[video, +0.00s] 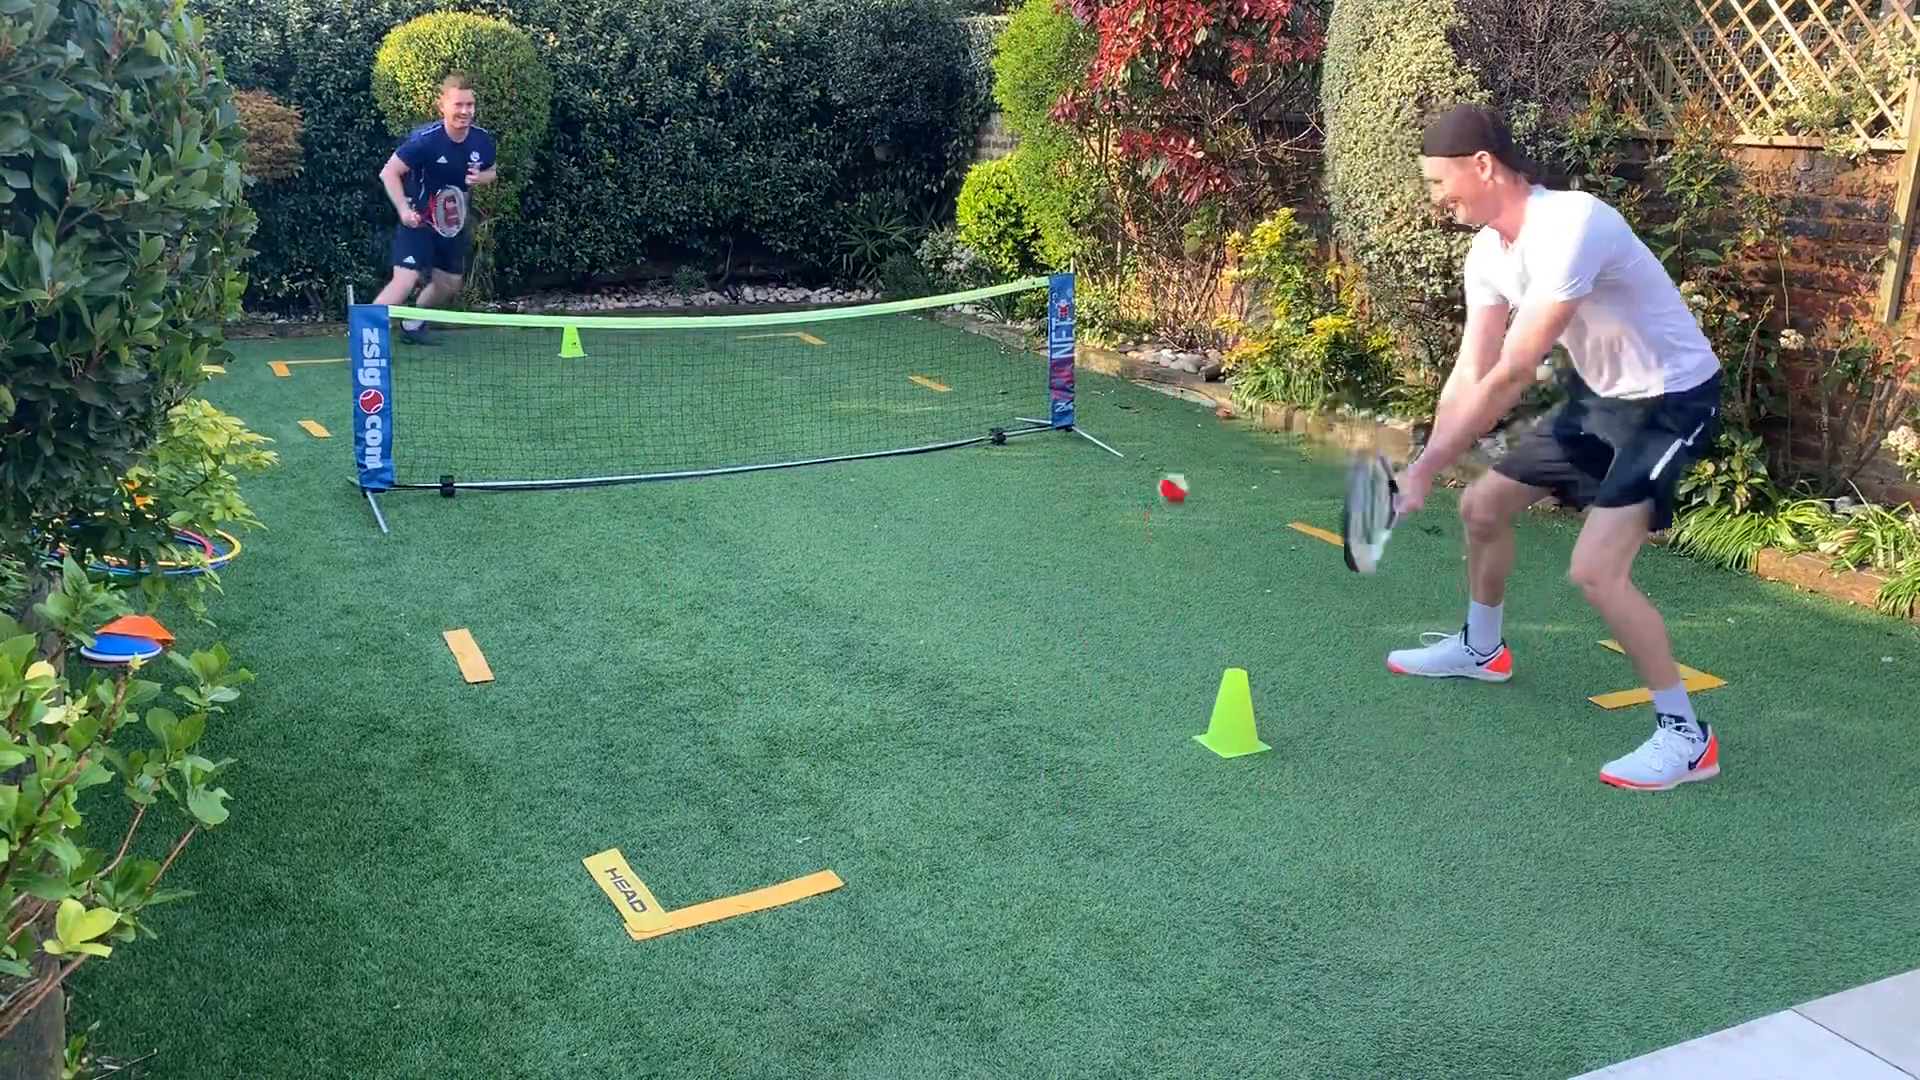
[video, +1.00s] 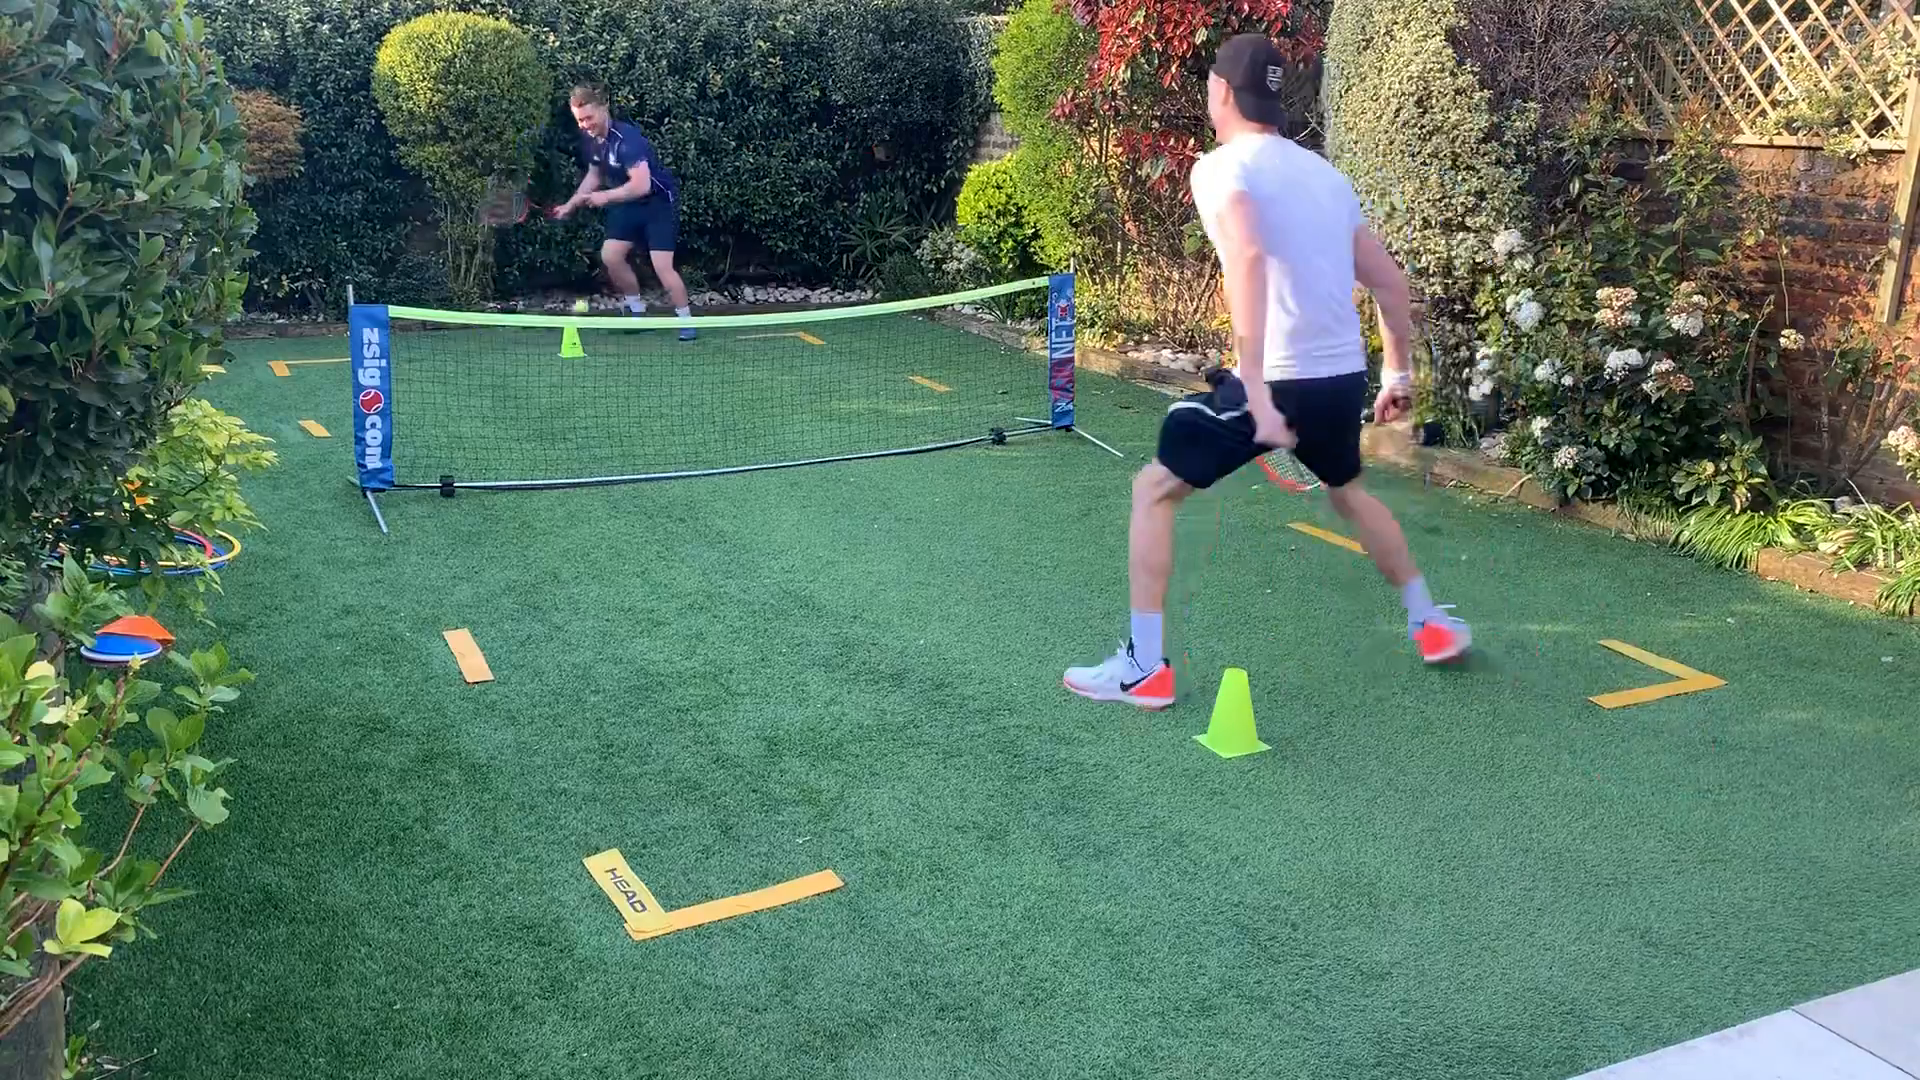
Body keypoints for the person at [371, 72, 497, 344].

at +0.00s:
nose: (465, 111)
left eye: (469, 105)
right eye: (458, 105)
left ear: (475, 107)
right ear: (442, 106)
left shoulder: (480, 140)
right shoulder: (424, 140)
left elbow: (492, 172)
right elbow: (389, 172)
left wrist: (480, 177)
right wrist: (403, 209)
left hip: (453, 224)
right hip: (419, 220)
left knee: (448, 284)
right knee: (406, 279)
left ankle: (412, 326)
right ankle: (366, 330)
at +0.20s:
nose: (491, 93)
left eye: (496, 87)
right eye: (484, 87)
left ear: (501, 90)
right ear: (469, 90)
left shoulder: (512, 127)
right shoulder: (450, 123)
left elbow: (524, 159)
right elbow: (423, 157)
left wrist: (505, 169)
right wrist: (442, 190)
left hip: (498, 211)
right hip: (460, 210)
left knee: (513, 267)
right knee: (457, 274)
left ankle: (475, 297)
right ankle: (454, 323)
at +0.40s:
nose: (536, 109)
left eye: (539, 103)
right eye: (529, 103)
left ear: (545, 106)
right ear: (515, 109)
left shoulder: (559, 142)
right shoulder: (500, 145)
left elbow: (571, 180)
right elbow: (483, 184)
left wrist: (560, 195)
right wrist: (517, 208)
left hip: (550, 219)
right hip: (509, 222)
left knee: (589, 270)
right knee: (492, 279)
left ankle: (621, 321)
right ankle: (464, 327)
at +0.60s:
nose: (571, 97)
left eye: (575, 90)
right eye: (564, 92)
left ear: (582, 93)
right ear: (553, 97)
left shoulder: (605, 129)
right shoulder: (543, 132)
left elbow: (620, 172)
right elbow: (538, 173)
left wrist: (592, 186)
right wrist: (562, 194)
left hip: (606, 201)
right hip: (564, 202)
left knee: (625, 257)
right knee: (553, 258)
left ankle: (630, 323)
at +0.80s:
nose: (590, 104)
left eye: (595, 96)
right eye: (584, 98)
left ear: (606, 95)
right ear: (577, 100)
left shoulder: (624, 128)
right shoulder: (575, 128)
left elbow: (640, 176)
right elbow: (572, 165)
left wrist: (598, 188)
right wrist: (570, 192)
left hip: (636, 199)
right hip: (607, 204)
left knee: (650, 261)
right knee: (618, 265)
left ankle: (680, 315)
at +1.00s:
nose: (585, 125)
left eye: (589, 118)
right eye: (580, 120)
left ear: (605, 109)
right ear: (576, 118)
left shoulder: (628, 138)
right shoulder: (592, 141)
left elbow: (641, 185)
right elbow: (594, 176)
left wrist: (607, 196)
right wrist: (570, 205)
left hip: (658, 201)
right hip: (628, 202)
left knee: (662, 266)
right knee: (611, 256)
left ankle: (686, 320)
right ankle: (637, 311)